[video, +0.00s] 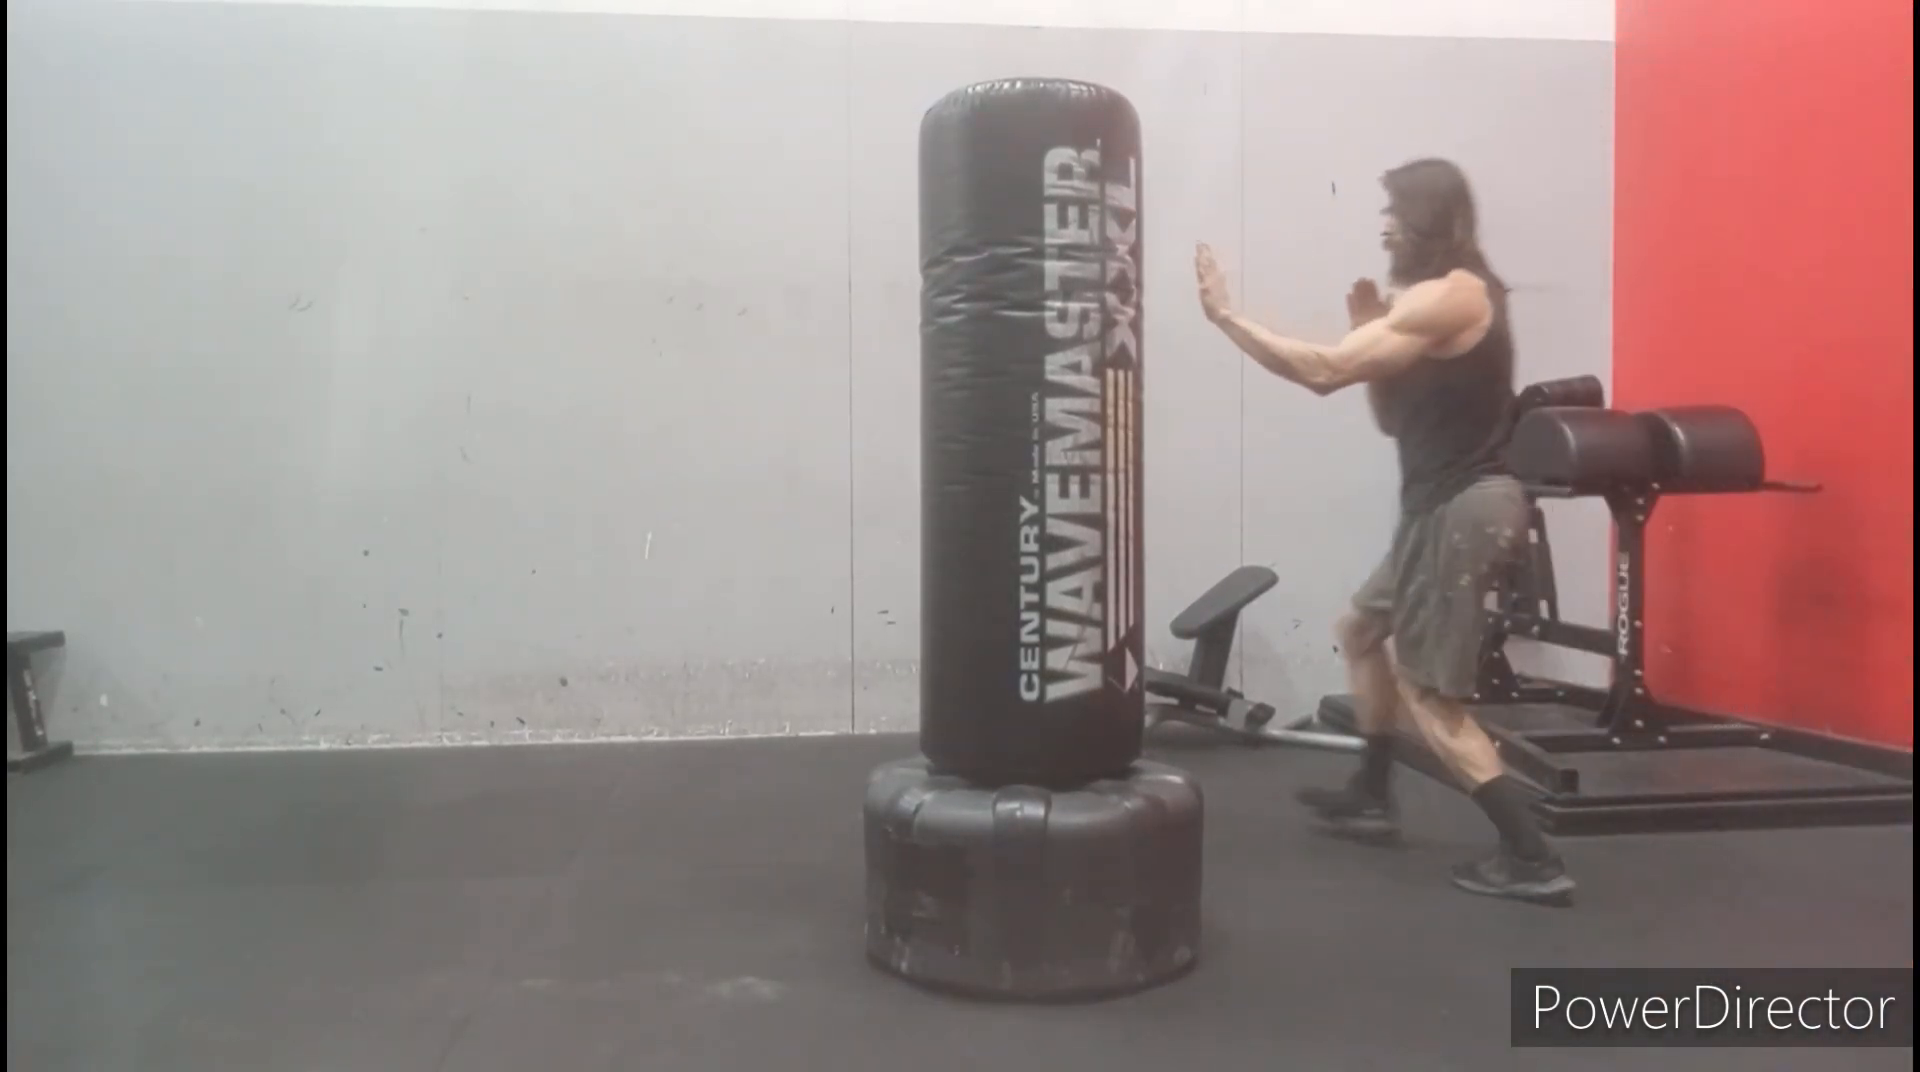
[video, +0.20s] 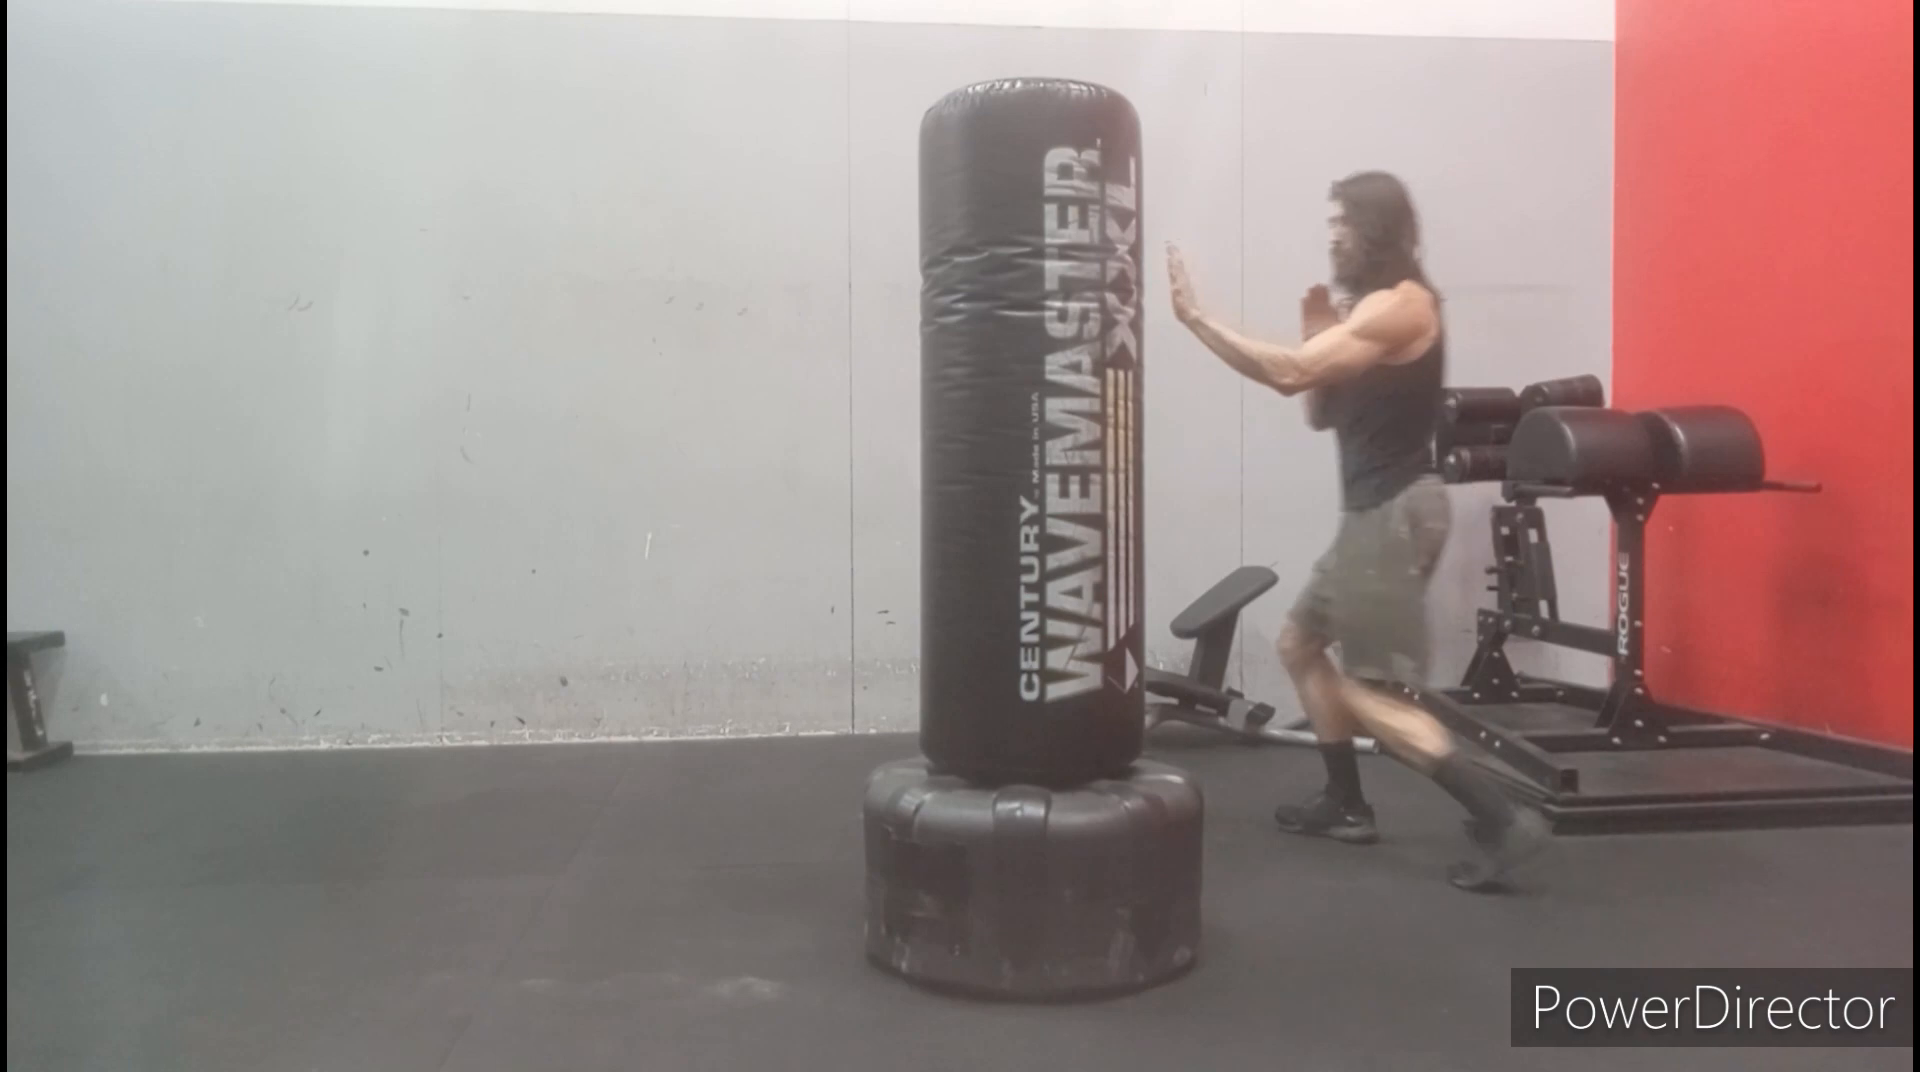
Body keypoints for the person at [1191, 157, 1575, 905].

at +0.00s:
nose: (1383, 229)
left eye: (1395, 216)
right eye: (1385, 215)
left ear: (1432, 222)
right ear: (1445, 223)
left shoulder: (1450, 294)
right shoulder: (1448, 294)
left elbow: (1323, 370)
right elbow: (1396, 419)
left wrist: (1226, 316)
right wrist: (1370, 332)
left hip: (1464, 510)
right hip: (1451, 506)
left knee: (1426, 700)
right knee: (1362, 628)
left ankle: (1533, 856)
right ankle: (1371, 792)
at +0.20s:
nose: (1331, 238)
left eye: (1340, 225)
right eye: (1331, 225)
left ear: (1374, 230)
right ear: (1377, 231)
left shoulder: (1403, 305)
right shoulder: (1375, 307)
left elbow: (1291, 373)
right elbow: (1320, 414)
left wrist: (1195, 318)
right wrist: (1320, 338)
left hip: (1400, 511)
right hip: (1379, 510)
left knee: (1365, 692)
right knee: (1298, 644)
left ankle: (1500, 817)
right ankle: (1344, 800)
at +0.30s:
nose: (1305, 246)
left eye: (1316, 233)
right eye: (1304, 233)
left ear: (1354, 240)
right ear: (1329, 237)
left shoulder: (1377, 309)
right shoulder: (1344, 312)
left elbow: (1277, 374)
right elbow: (1287, 413)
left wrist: (1180, 320)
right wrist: (1291, 341)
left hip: (1371, 507)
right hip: (1357, 505)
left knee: (1279, 655)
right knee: (1299, 657)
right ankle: (1343, 800)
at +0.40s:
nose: (1281, 249)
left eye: (1292, 237)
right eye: (1280, 236)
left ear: (1329, 243)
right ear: (1320, 245)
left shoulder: (1354, 313)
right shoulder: (1323, 316)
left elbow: (1263, 379)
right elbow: (1263, 419)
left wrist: (1168, 325)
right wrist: (1270, 346)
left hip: (1341, 506)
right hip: (1336, 503)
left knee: (1212, 625)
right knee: (1256, 646)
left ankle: (1342, 725)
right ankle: (1338, 794)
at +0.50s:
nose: (1257, 255)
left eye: (1269, 242)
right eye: (1256, 242)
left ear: (1307, 249)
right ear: (1269, 248)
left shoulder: (1331, 315)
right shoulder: (1295, 322)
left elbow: (1247, 380)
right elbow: (1238, 421)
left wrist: (1152, 329)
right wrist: (1245, 350)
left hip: (1312, 505)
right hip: (1318, 505)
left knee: (1171, 601)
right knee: (1248, 660)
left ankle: (1252, 722)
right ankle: (1336, 794)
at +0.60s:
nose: (1230, 256)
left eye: (1241, 243)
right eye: (1228, 244)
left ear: (1276, 248)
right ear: (1243, 252)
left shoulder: (1305, 319)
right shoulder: (1259, 326)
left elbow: (1228, 381)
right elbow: (1214, 423)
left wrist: (1140, 342)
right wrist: (1221, 351)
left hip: (1288, 507)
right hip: (1278, 505)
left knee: (1142, 595)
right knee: (1230, 661)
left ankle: (1163, 757)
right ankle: (1336, 797)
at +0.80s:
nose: (1170, 261)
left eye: (1181, 249)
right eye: (1167, 249)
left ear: (1215, 255)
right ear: (1166, 256)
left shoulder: (1238, 327)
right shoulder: (1179, 327)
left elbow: (1172, 388)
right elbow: (1137, 420)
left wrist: (1133, 345)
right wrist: (1152, 352)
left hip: (1211, 517)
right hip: (1215, 514)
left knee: (1095, 614)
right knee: (1202, 678)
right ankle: (1328, 786)